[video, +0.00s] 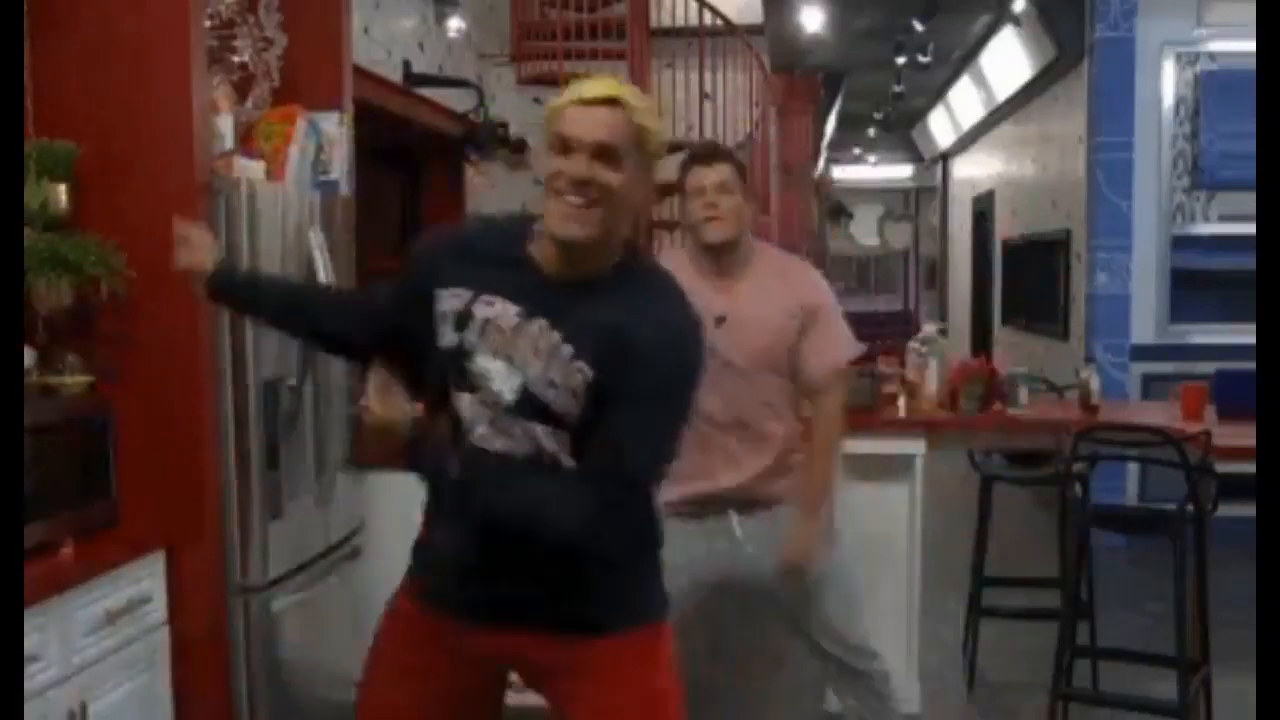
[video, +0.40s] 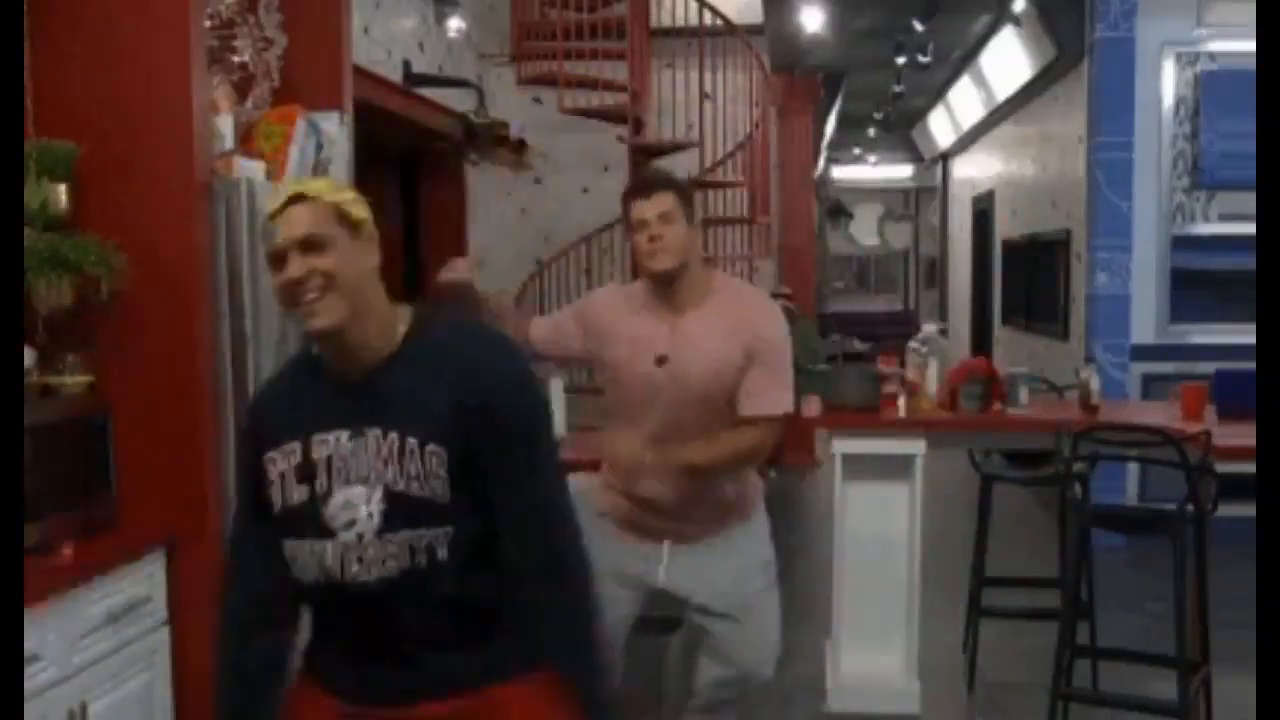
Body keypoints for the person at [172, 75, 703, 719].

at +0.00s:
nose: (577, 173)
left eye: (607, 158)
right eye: (564, 150)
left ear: (648, 185)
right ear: (541, 160)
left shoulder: (659, 323)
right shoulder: (468, 255)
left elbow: (604, 511)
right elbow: (369, 325)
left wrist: (429, 445)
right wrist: (222, 276)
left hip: (601, 620)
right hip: (448, 602)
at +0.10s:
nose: (503, 186)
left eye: (528, 168)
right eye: (485, 168)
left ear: (570, 185)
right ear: (464, 185)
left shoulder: (618, 335)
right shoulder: (431, 274)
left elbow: (569, 521)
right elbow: (333, 341)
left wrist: (426, 395)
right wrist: (203, 264)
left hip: (576, 630)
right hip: (431, 616)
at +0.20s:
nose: (414, 215)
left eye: (442, 200)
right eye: (399, 196)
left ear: (484, 223)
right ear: (377, 214)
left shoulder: (534, 352)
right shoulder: (343, 326)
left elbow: (523, 539)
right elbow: (262, 444)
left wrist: (365, 481)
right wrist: (139, 380)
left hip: (517, 669)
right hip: (372, 667)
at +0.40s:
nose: (295, 273)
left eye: (312, 248)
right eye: (279, 260)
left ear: (370, 250)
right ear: (271, 281)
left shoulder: (481, 369)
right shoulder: (275, 413)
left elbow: (549, 558)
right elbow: (259, 597)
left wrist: (586, 697)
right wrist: (241, 708)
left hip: (493, 686)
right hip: (339, 693)